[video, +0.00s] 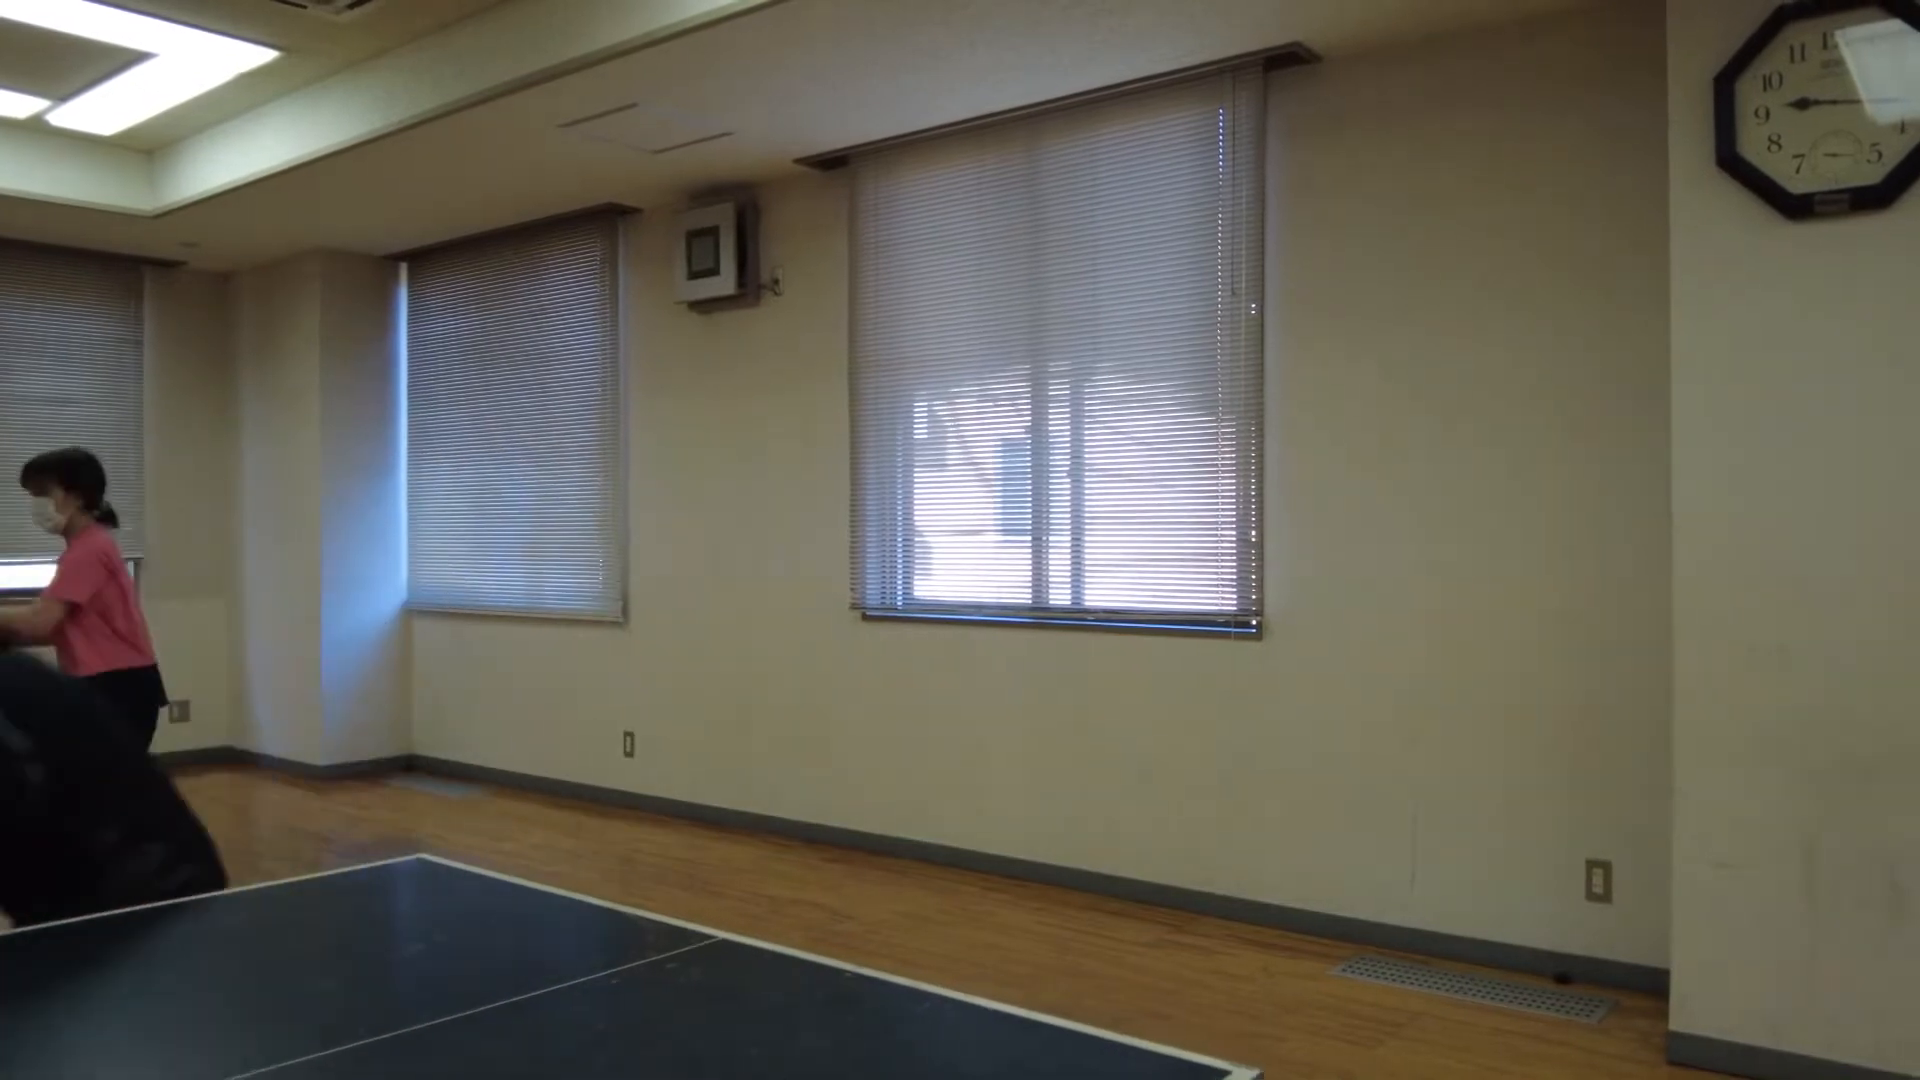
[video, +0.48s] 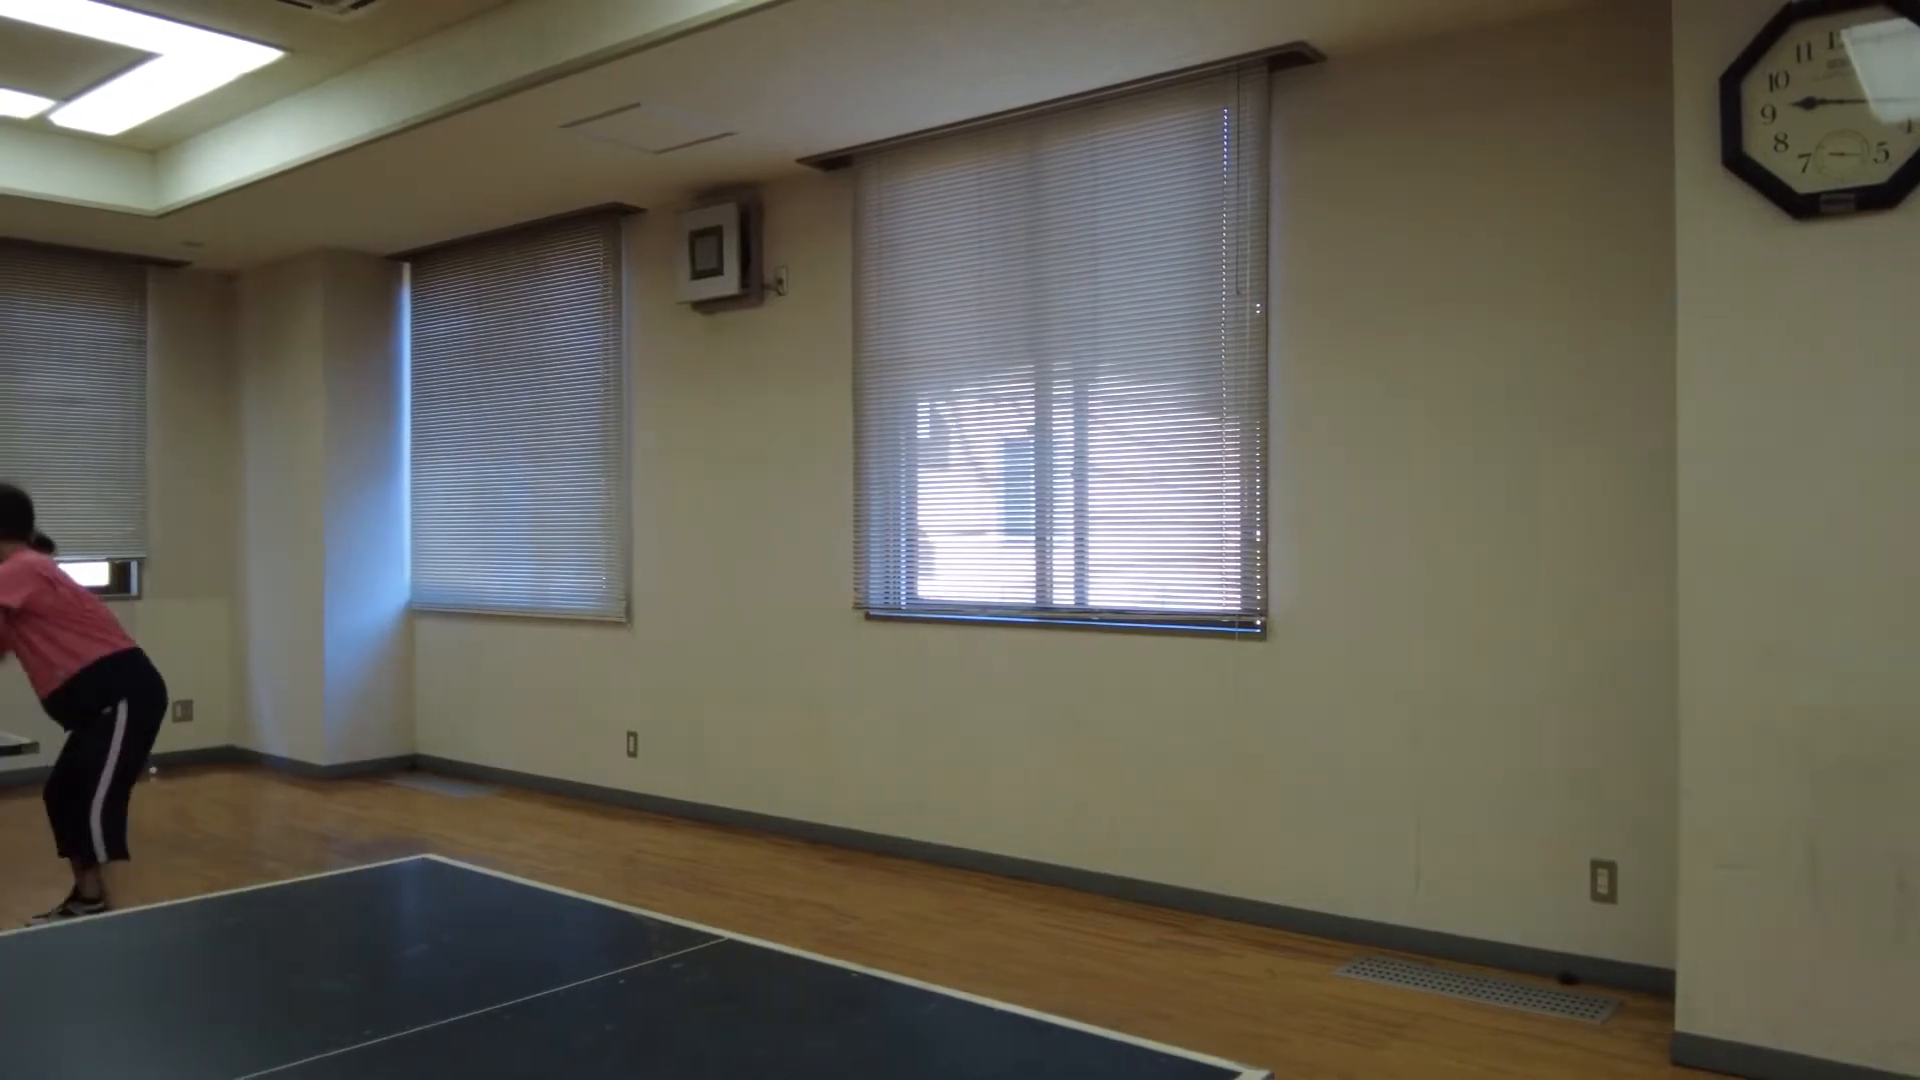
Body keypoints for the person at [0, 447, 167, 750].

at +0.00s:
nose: (35, 506)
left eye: (43, 496)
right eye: (34, 497)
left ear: (73, 497)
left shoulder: (90, 548)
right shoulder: (86, 546)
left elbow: (42, 623)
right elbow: (48, 623)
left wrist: (3, 619)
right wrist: (11, 621)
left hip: (119, 688)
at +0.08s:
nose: (29, 514)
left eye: (35, 503)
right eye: (28, 505)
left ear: (64, 504)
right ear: (64, 506)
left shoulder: (77, 553)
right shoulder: (86, 551)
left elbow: (12, 621)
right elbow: (63, 634)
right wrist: (6, 639)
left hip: (111, 694)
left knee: (91, 807)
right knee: (88, 805)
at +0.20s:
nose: (20, 524)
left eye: (24, 512)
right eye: (19, 514)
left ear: (47, 514)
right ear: (56, 515)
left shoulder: (60, 562)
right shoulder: (70, 560)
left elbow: (5, 623)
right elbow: (57, 645)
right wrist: (6, 662)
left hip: (111, 699)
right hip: (104, 697)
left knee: (50, 815)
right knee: (64, 810)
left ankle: (111, 903)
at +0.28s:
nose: (5, 529)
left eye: (7, 519)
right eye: (4, 519)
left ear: (26, 519)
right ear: (45, 518)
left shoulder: (42, 567)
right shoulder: (64, 564)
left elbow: (3, 637)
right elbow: (72, 657)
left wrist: (9, 683)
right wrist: (17, 687)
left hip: (105, 699)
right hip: (118, 695)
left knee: (56, 811)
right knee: (66, 803)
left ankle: (80, 906)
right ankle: (88, 899)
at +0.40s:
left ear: (6, 526)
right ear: (33, 523)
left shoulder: (25, 569)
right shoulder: (43, 566)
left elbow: (3, 630)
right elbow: (42, 656)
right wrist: (4, 666)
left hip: (112, 694)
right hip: (98, 696)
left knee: (83, 802)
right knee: (54, 793)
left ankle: (108, 906)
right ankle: (85, 894)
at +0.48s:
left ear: (2, 525)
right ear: (24, 524)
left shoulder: (25, 566)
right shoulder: (21, 571)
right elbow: (5, 644)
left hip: (124, 693)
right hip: (99, 700)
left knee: (93, 802)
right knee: (63, 792)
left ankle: (107, 902)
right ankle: (88, 894)